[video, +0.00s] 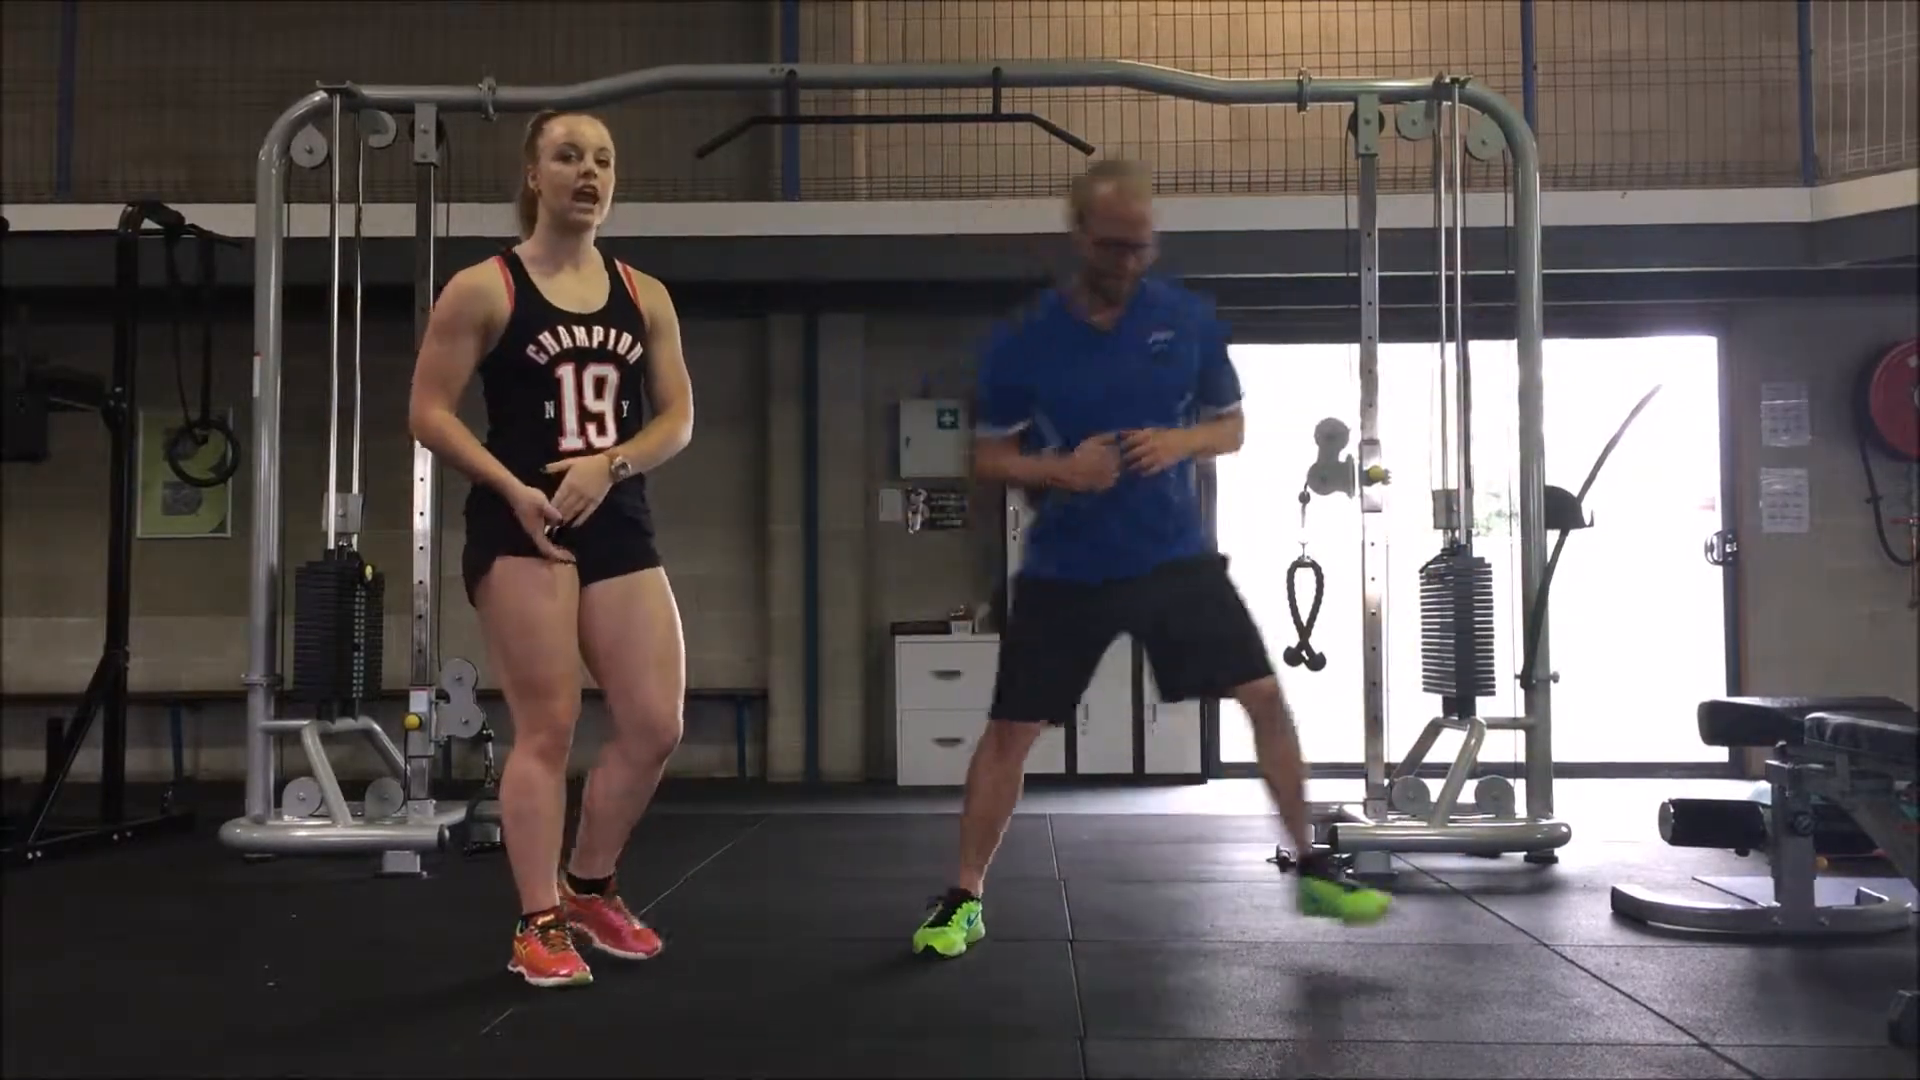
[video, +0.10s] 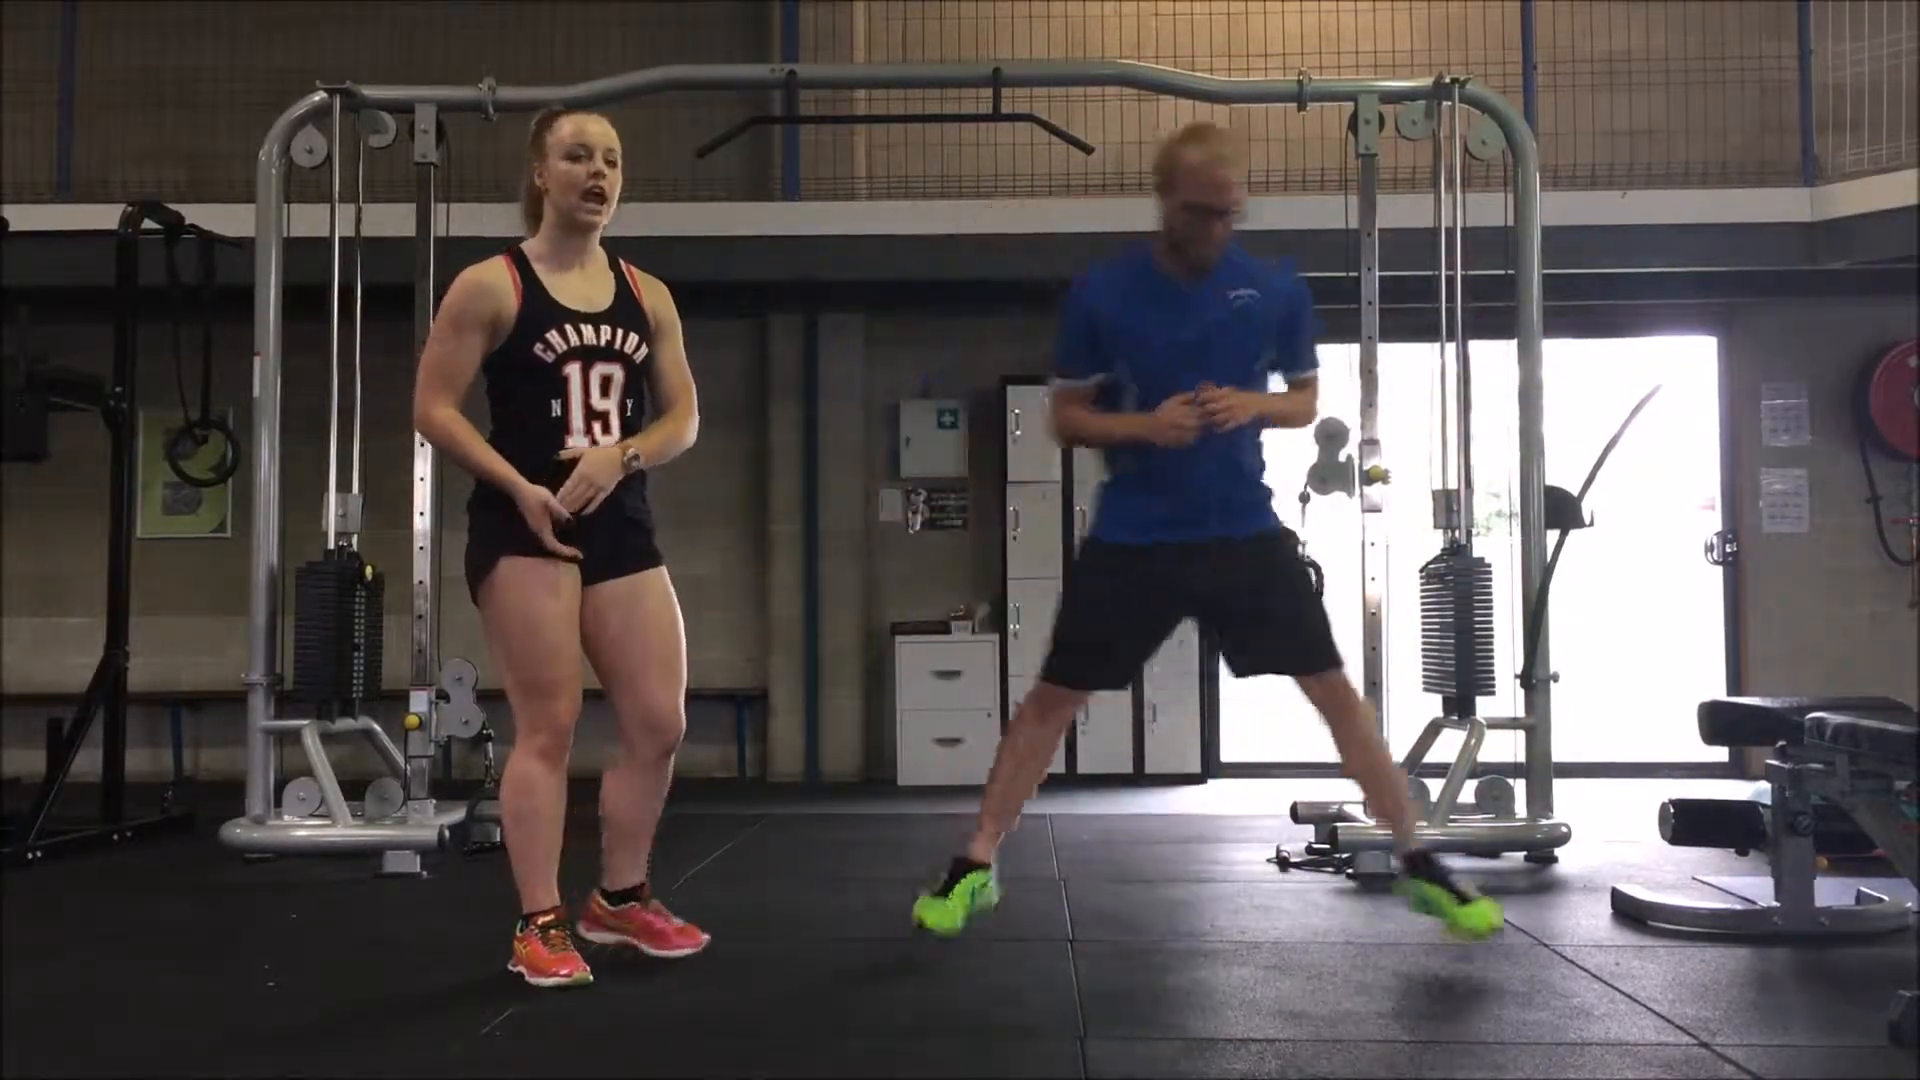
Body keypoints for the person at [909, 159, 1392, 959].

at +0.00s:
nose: (1128, 263)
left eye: (1141, 247)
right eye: (1112, 246)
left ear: (1155, 238)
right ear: (1077, 234)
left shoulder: (1188, 320)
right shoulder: (1024, 341)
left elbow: (1229, 429)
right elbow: (987, 456)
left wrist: (1178, 442)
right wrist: (1058, 469)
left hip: (1174, 563)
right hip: (1064, 572)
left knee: (1262, 694)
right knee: (1010, 729)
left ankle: (1307, 861)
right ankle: (964, 897)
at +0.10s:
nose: (1222, 230)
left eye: (1231, 213)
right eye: (1206, 214)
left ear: (1243, 203)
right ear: (1163, 206)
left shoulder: (1272, 287)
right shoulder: (1100, 295)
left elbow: (1304, 405)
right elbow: (1065, 418)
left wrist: (1257, 405)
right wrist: (1146, 425)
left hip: (1243, 537)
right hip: (1131, 541)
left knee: (1334, 690)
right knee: (1051, 699)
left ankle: (1416, 856)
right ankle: (976, 859)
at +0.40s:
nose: (1408, 278)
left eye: (1422, 263)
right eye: (1394, 261)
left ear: (1436, 254)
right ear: (1351, 245)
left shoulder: (1462, 339)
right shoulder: (1289, 337)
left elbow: (1488, 455)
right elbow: (1251, 468)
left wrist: (1441, 462)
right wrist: (1334, 471)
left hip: (1417, 577)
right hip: (1307, 577)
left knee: (1467, 728)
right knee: (1242, 732)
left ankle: (1472, 905)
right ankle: (1194, 846)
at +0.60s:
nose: (1425, 249)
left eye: (1439, 233)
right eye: (1409, 231)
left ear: (1454, 229)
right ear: (1370, 220)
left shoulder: (1495, 321)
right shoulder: (1316, 327)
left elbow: (1524, 433)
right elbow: (1282, 460)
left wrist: (1472, 438)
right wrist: (1364, 452)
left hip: (1447, 566)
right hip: (1342, 569)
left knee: (1473, 725)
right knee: (1325, 737)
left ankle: (1471, 904)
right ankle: (1322, 848)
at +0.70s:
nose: (1419, 239)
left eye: (1434, 225)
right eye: (1403, 223)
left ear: (1450, 227)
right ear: (1368, 220)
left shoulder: (1497, 320)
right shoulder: (1316, 329)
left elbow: (1527, 435)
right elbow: (1287, 462)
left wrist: (1474, 438)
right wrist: (1366, 452)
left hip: (1450, 566)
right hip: (1346, 570)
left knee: (1473, 724)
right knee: (1345, 735)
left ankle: (1471, 904)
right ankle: (1359, 850)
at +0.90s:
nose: (1395, 263)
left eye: (1411, 248)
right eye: (1378, 247)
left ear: (1431, 247)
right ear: (1349, 243)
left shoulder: (1484, 347)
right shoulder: (1301, 350)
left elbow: (1513, 461)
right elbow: (1273, 480)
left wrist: (1451, 471)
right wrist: (1352, 481)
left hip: (1440, 581)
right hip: (1335, 585)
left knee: (1469, 735)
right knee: (1353, 754)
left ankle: (1472, 905)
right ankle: (1387, 862)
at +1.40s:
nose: (1110, 215)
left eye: (1125, 201)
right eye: (1095, 201)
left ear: (1150, 204)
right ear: (1071, 206)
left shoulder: (1200, 305)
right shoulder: (1029, 308)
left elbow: (1229, 428)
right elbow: (990, 440)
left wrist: (1146, 403)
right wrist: (1060, 411)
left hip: (1168, 553)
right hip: (1058, 553)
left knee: (1252, 705)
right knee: (997, 713)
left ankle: (1306, 827)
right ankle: (974, 892)